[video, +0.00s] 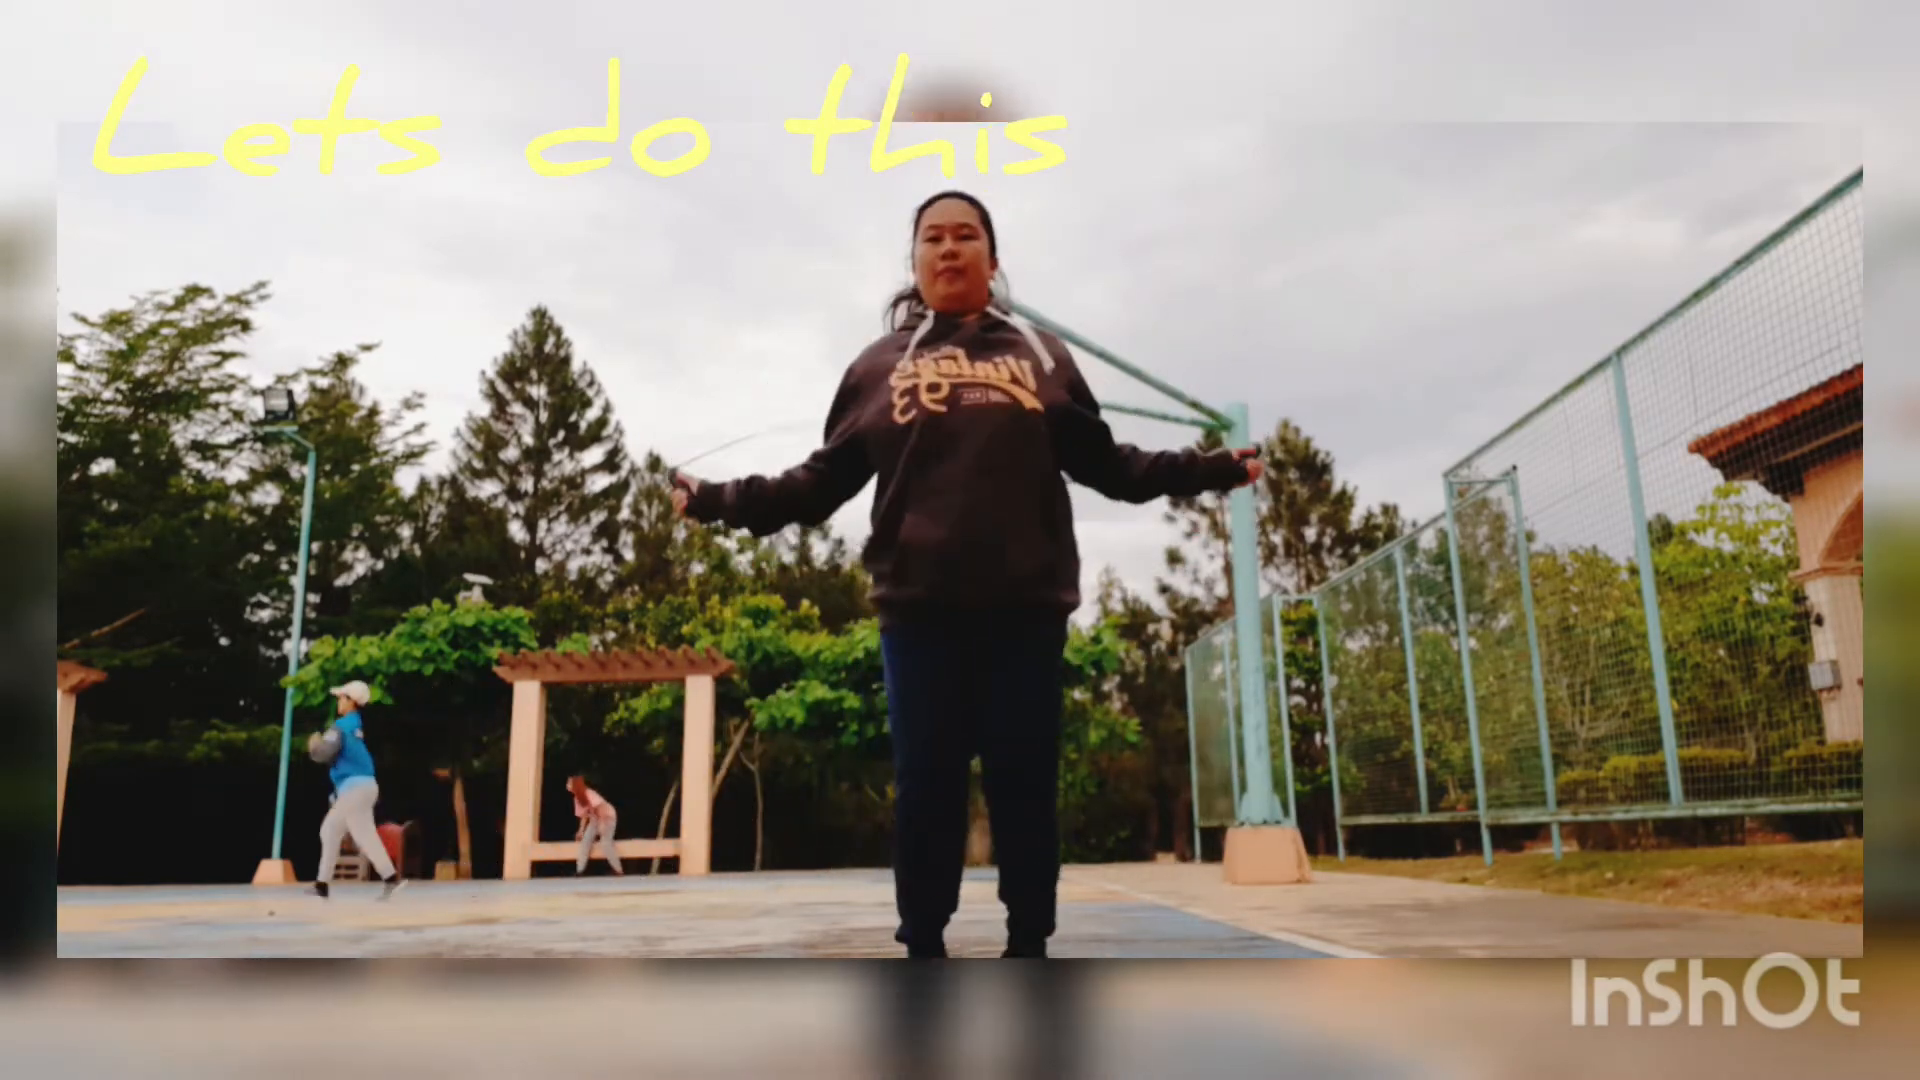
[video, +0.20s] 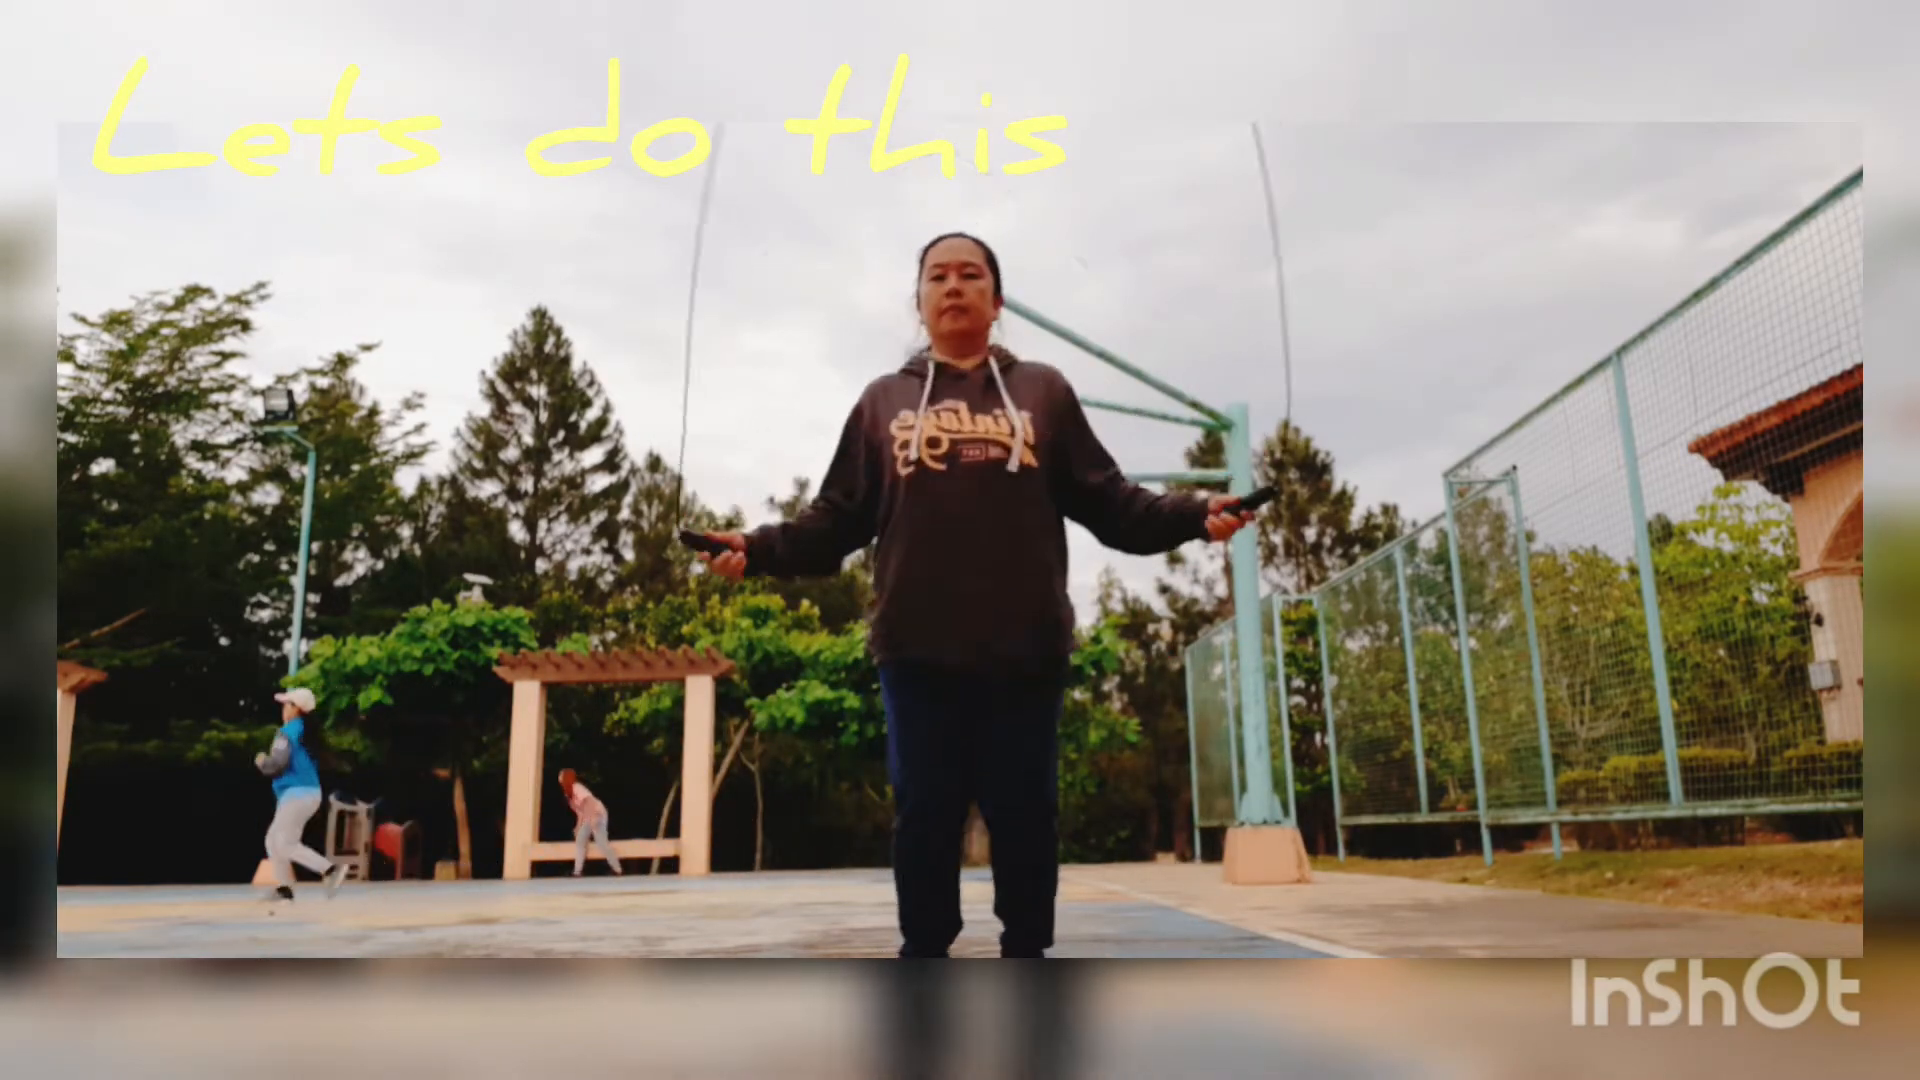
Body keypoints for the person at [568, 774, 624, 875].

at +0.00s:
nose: (569, 787)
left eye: (571, 784)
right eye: (569, 784)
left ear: (578, 785)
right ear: (571, 787)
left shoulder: (588, 795)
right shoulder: (578, 797)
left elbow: (598, 815)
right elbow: (584, 816)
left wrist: (600, 830)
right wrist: (580, 832)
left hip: (607, 815)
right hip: (594, 817)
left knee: (606, 842)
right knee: (586, 841)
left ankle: (618, 869)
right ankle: (580, 869)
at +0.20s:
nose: (561, 784)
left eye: (563, 780)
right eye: (560, 781)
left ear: (569, 780)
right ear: (563, 782)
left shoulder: (577, 788)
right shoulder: (570, 793)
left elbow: (589, 803)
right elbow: (580, 813)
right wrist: (578, 827)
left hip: (598, 814)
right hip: (587, 816)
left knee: (601, 842)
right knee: (580, 840)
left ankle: (617, 868)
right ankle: (577, 870)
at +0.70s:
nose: (541, 770)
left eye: (543, 768)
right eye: (542, 767)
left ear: (546, 768)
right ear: (550, 768)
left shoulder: (553, 779)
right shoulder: (549, 781)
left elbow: (560, 797)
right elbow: (554, 803)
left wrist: (556, 814)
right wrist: (547, 817)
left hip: (561, 813)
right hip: (561, 813)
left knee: (551, 840)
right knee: (565, 841)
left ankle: (544, 869)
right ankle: (574, 868)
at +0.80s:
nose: (537, 770)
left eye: (539, 767)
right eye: (538, 767)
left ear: (542, 768)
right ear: (548, 768)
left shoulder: (547, 780)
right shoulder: (546, 781)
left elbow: (552, 797)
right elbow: (542, 799)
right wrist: (543, 817)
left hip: (554, 814)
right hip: (558, 813)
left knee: (545, 840)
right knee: (561, 841)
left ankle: (538, 870)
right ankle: (574, 868)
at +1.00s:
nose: (525, 766)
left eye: (526, 763)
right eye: (529, 763)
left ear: (526, 765)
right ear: (537, 764)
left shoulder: (527, 779)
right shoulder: (542, 778)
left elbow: (531, 796)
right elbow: (545, 795)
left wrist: (532, 814)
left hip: (536, 809)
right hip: (545, 808)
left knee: (528, 840)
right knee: (537, 840)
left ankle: (535, 868)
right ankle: (556, 861)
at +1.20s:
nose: (520, 766)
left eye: (517, 763)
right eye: (523, 763)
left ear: (514, 764)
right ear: (525, 764)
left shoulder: (510, 778)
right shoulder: (530, 777)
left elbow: (506, 798)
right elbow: (537, 793)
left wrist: (500, 813)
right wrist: (536, 809)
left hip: (519, 811)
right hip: (532, 810)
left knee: (520, 842)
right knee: (518, 841)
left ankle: (534, 868)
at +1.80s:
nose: (481, 764)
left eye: (481, 762)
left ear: (482, 764)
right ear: (493, 764)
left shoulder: (479, 777)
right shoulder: (498, 777)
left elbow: (476, 798)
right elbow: (500, 795)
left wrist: (472, 814)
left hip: (484, 808)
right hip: (496, 807)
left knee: (474, 840)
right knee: (494, 840)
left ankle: (461, 870)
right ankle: (502, 869)